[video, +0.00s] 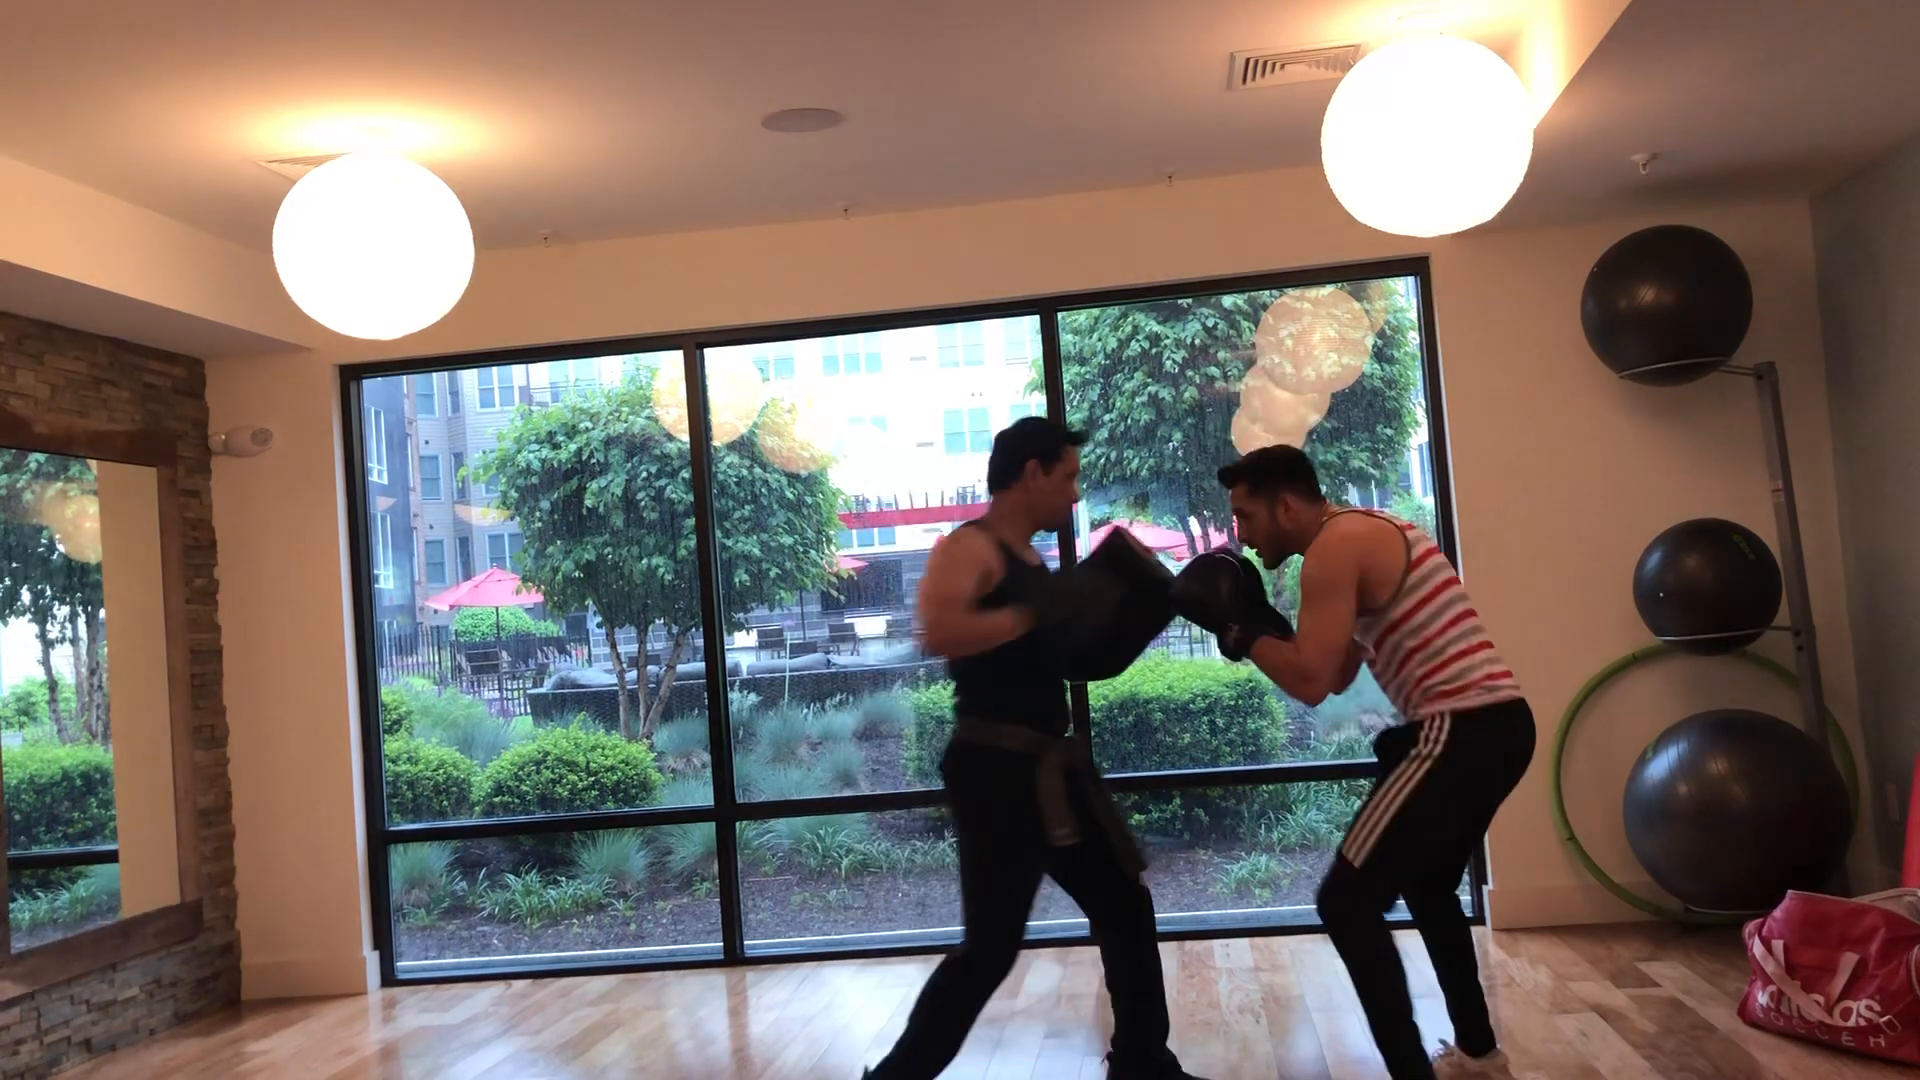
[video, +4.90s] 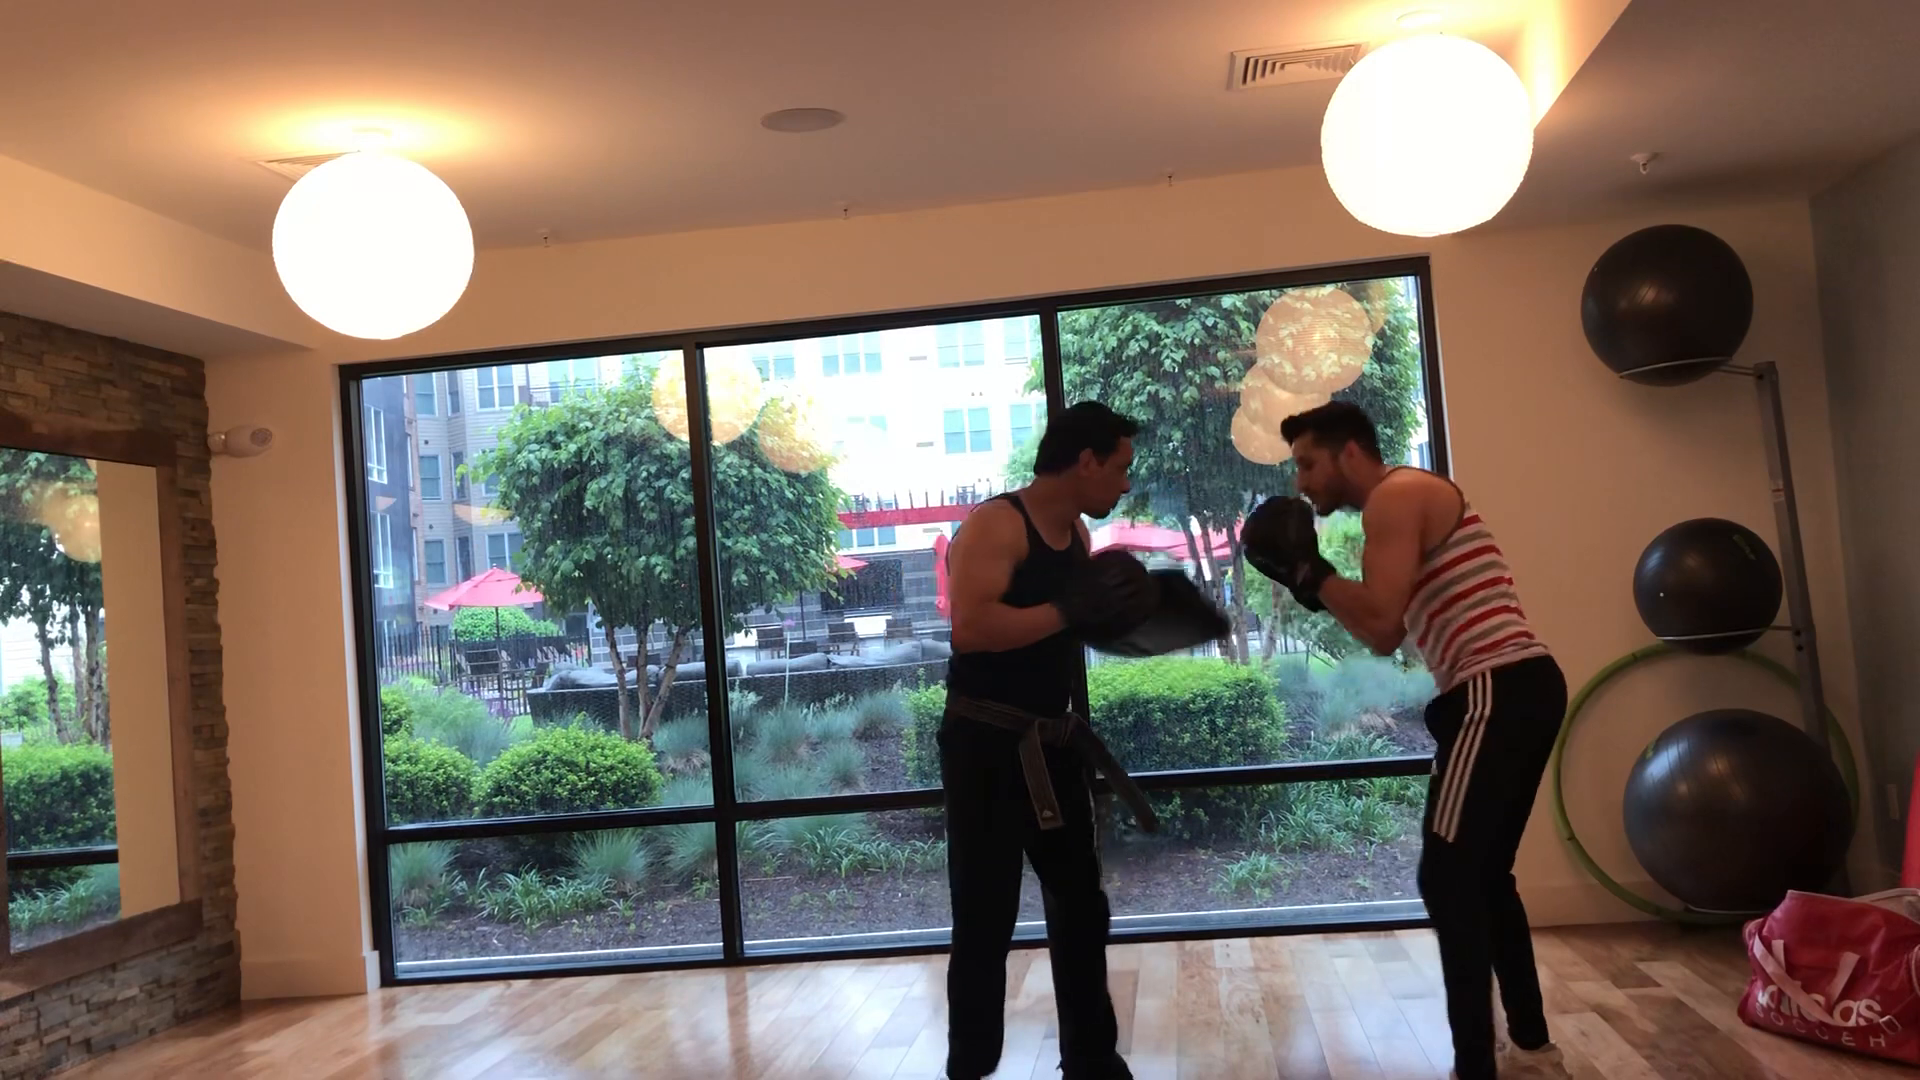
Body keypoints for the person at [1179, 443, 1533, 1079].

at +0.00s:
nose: (1241, 534)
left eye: (1243, 516)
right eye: (1236, 519)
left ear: (1286, 504)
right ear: (1296, 503)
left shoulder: (1334, 546)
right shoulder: (1375, 531)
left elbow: (1307, 680)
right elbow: (1335, 676)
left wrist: (1239, 630)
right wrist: (1257, 618)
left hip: (1459, 731)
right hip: (1498, 724)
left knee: (1344, 902)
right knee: (1429, 885)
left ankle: (1412, 1072)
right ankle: (1477, 1043)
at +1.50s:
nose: (1295, 482)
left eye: (1300, 465)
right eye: (1291, 468)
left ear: (1344, 455)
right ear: (1348, 457)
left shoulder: (1399, 502)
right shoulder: (1417, 493)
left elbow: (1402, 624)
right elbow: (1417, 623)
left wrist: (1320, 592)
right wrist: (1338, 604)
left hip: (1482, 706)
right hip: (1511, 698)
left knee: (1414, 890)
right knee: (1490, 877)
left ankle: (1449, 1072)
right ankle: (1556, 1032)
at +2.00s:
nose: (1274, 528)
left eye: (1277, 511)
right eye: (1270, 513)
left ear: (1317, 501)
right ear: (1324, 500)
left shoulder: (1400, 565)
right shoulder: (1388, 533)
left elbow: (1354, 700)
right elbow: (1392, 648)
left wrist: (1289, 642)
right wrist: (1312, 641)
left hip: (1501, 735)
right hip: (1492, 727)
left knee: (1417, 912)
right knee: (1466, 895)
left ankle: (1454, 1075)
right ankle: (1552, 1037)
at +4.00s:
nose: (1276, 566)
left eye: (1278, 551)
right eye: (1274, 551)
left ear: (1310, 558)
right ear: (1339, 545)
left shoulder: (1408, 627)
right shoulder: (1380, 587)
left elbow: (1333, 754)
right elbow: (1397, 683)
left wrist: (1299, 660)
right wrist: (1317, 704)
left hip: (1537, 758)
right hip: (1492, 752)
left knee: (1428, 917)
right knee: (1444, 899)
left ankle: (1481, 1071)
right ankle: (1530, 1042)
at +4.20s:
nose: (1279, 521)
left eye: (1285, 503)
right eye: (1280, 505)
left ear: (1321, 504)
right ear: (1336, 501)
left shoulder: (1402, 569)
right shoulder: (1384, 558)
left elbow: (1350, 708)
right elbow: (1396, 661)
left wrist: (1285, 644)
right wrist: (1303, 687)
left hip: (1519, 744)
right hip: (1488, 742)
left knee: (1432, 915)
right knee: (1454, 899)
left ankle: (1481, 1071)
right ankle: (1527, 1040)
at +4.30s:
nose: (1288, 501)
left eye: (1292, 481)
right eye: (1283, 485)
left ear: (1339, 463)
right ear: (1343, 468)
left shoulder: (1387, 524)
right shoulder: (1402, 510)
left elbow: (1387, 639)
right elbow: (1398, 633)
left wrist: (1296, 628)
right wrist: (1305, 626)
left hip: (1496, 721)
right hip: (1496, 715)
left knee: (1437, 909)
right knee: (1463, 887)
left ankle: (1483, 1069)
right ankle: (1527, 1040)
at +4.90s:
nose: (1302, 484)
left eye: (1306, 465)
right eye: (1297, 470)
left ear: (1348, 452)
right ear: (1352, 456)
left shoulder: (1397, 495)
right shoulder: (1413, 497)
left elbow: (1379, 619)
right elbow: (1384, 632)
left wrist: (1306, 567)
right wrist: (1312, 576)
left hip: (1495, 688)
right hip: (1520, 683)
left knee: (1445, 878)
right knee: (1485, 870)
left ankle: (1474, 1068)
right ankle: (1530, 1037)